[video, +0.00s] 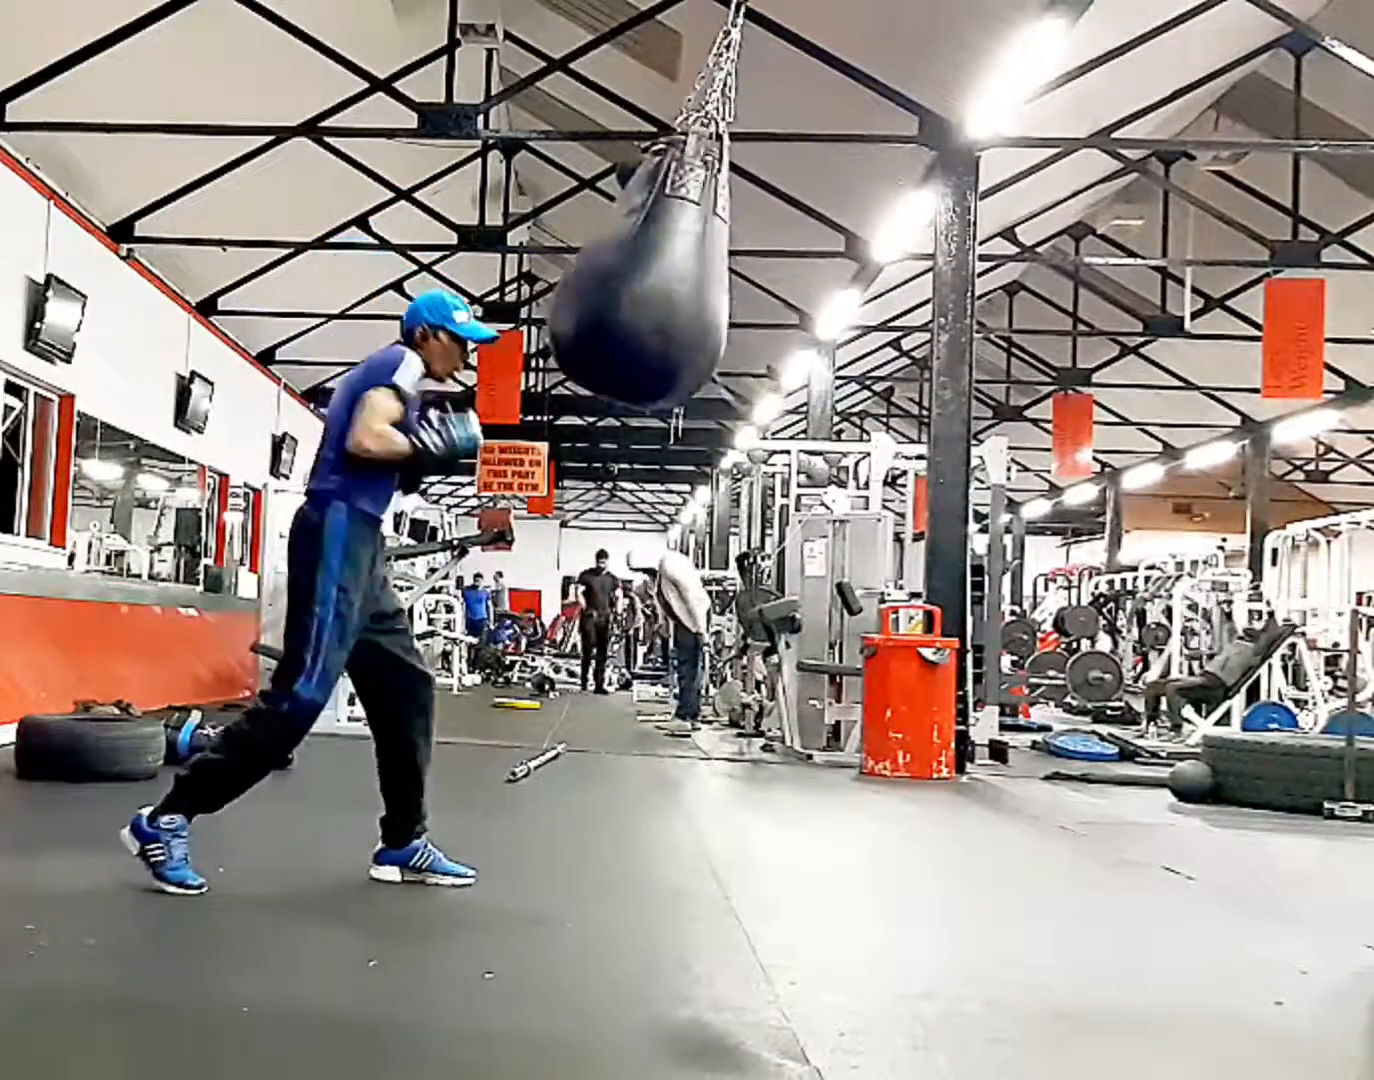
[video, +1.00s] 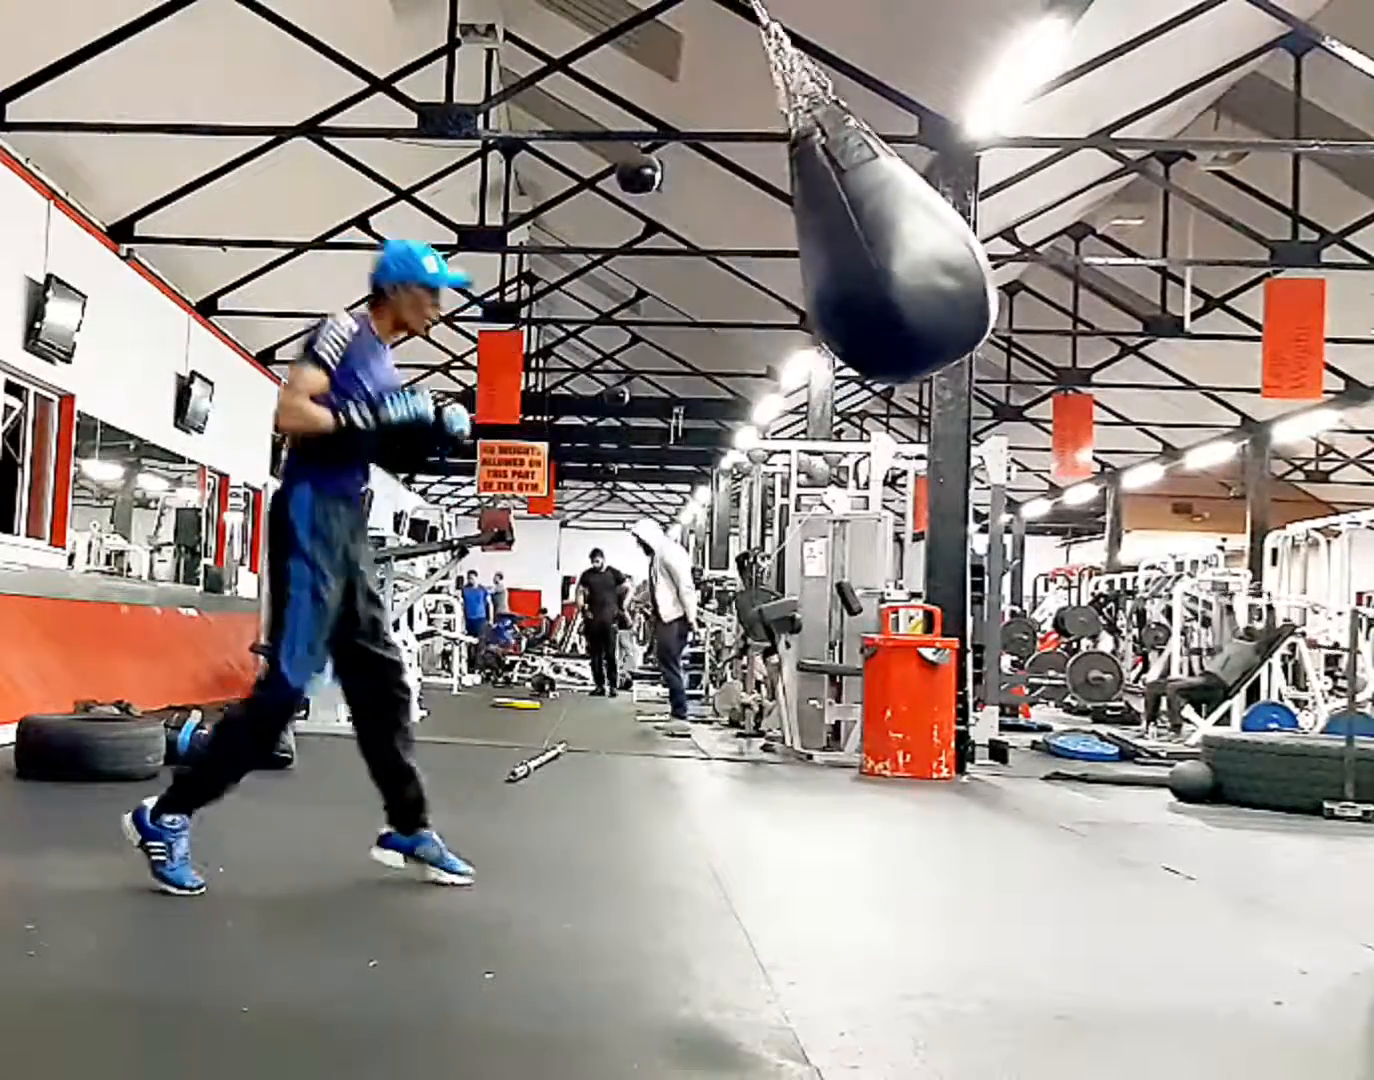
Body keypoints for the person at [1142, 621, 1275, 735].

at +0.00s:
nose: (1254, 629)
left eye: (1259, 629)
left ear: (1260, 636)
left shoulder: (1254, 652)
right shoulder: (1235, 644)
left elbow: (1272, 633)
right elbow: (1229, 629)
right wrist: (1227, 614)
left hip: (1217, 683)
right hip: (1202, 676)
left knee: (1173, 688)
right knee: (1152, 688)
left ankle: (1176, 731)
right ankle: (1149, 727)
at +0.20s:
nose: (1253, 631)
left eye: (1257, 630)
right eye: (1254, 629)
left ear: (1260, 638)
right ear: (1250, 633)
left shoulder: (1260, 651)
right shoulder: (1237, 643)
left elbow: (1276, 650)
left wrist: (1275, 637)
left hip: (1217, 682)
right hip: (1203, 673)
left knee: (1172, 688)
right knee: (1152, 687)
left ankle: (1176, 731)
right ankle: (1148, 728)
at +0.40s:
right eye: (1261, 633)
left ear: (1251, 635)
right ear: (1257, 638)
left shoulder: (1258, 651)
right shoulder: (1236, 644)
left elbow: (1280, 653)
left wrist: (1275, 642)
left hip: (1216, 681)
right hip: (1202, 674)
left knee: (1172, 687)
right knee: (1152, 688)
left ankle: (1176, 731)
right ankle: (1148, 727)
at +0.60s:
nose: (1250, 629)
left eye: (1255, 629)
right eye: (1249, 628)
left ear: (1258, 637)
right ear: (1245, 633)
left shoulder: (1257, 650)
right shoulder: (1233, 644)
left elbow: (1276, 642)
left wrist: (1284, 631)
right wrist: (1222, 614)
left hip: (1218, 682)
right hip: (1203, 676)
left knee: (1173, 688)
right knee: (1151, 688)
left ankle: (1176, 732)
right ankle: (1148, 729)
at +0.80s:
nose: (1238, 631)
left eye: (1243, 630)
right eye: (1241, 629)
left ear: (1246, 635)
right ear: (1250, 636)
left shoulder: (1248, 649)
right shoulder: (1236, 644)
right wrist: (1229, 606)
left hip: (1218, 680)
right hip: (1206, 675)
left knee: (1172, 688)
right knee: (1152, 688)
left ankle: (1176, 730)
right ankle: (1148, 727)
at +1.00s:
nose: (1248, 628)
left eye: (1252, 628)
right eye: (1247, 627)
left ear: (1255, 637)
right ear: (1243, 632)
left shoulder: (1256, 650)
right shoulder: (1235, 641)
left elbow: (1272, 633)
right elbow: (1233, 625)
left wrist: (1270, 608)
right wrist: (1228, 609)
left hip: (1218, 682)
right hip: (1204, 675)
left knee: (1174, 689)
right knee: (1152, 688)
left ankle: (1176, 731)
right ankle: (1149, 727)